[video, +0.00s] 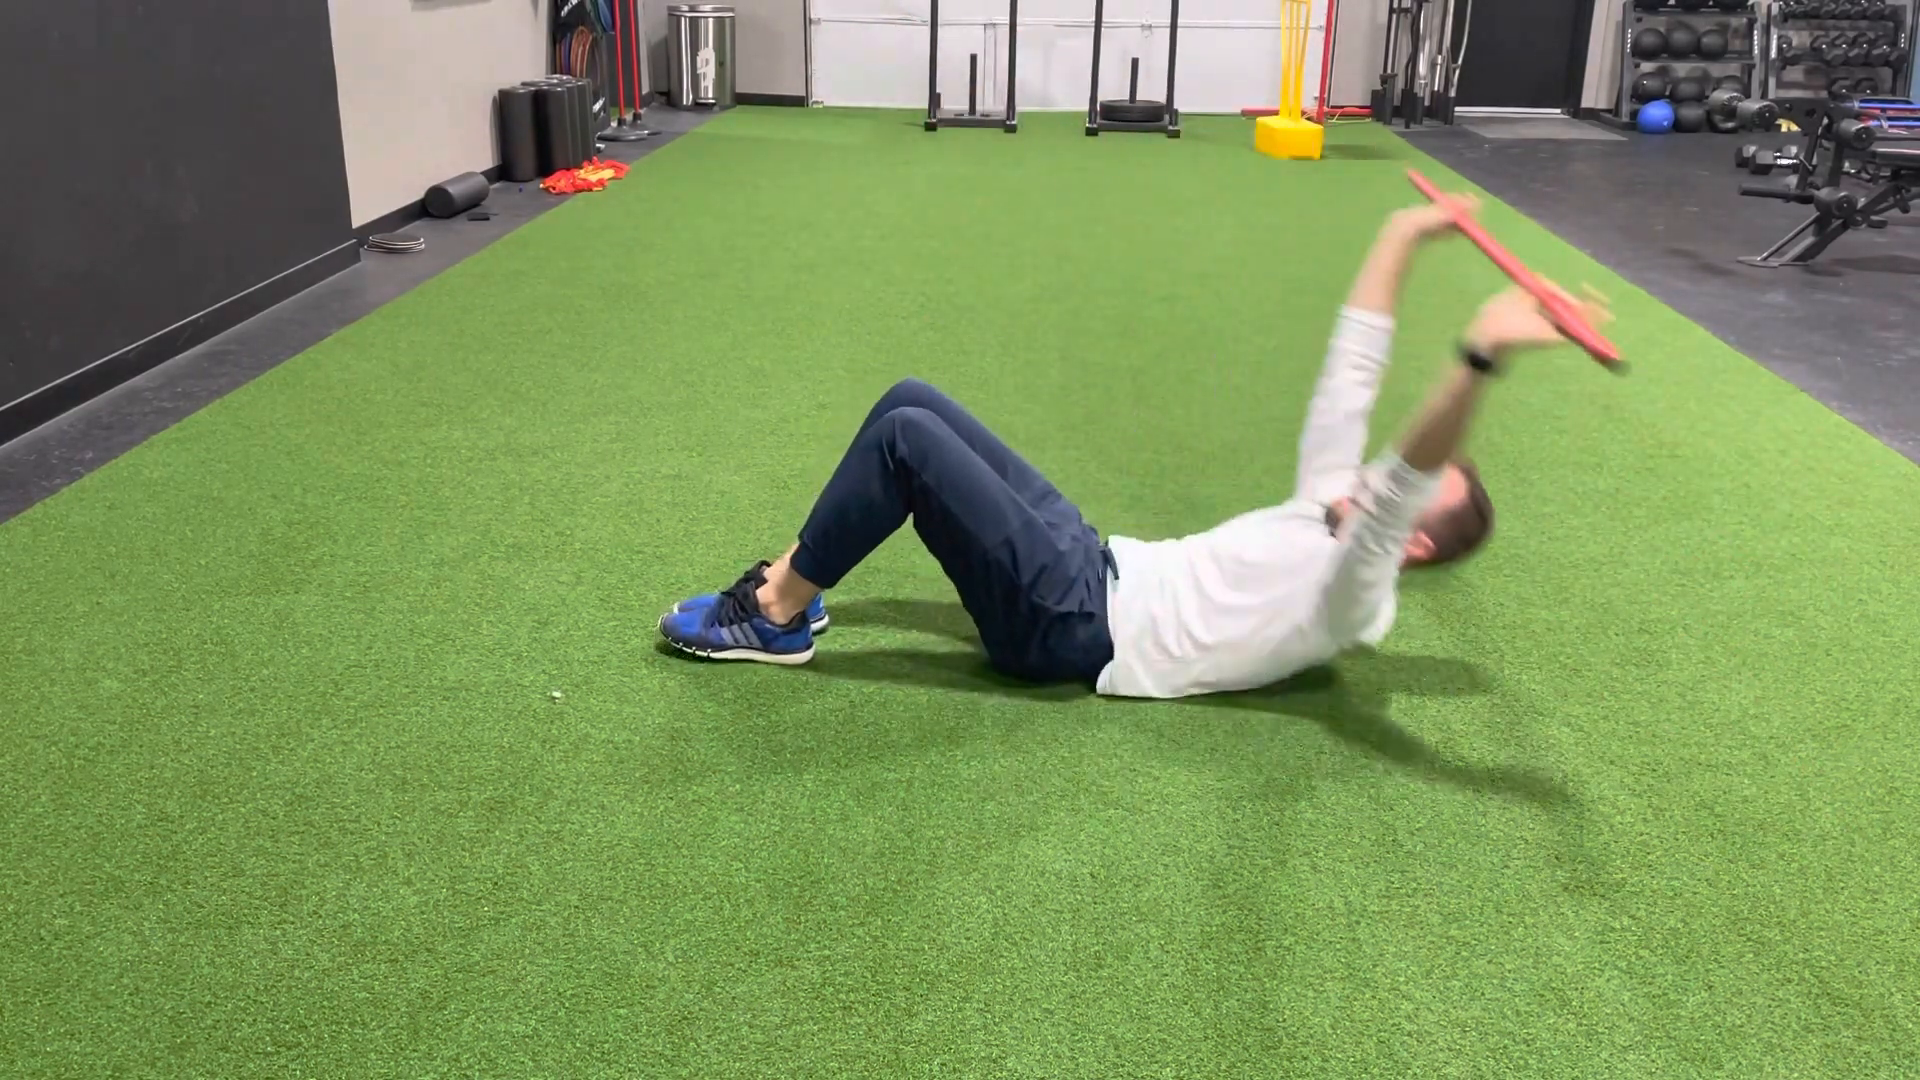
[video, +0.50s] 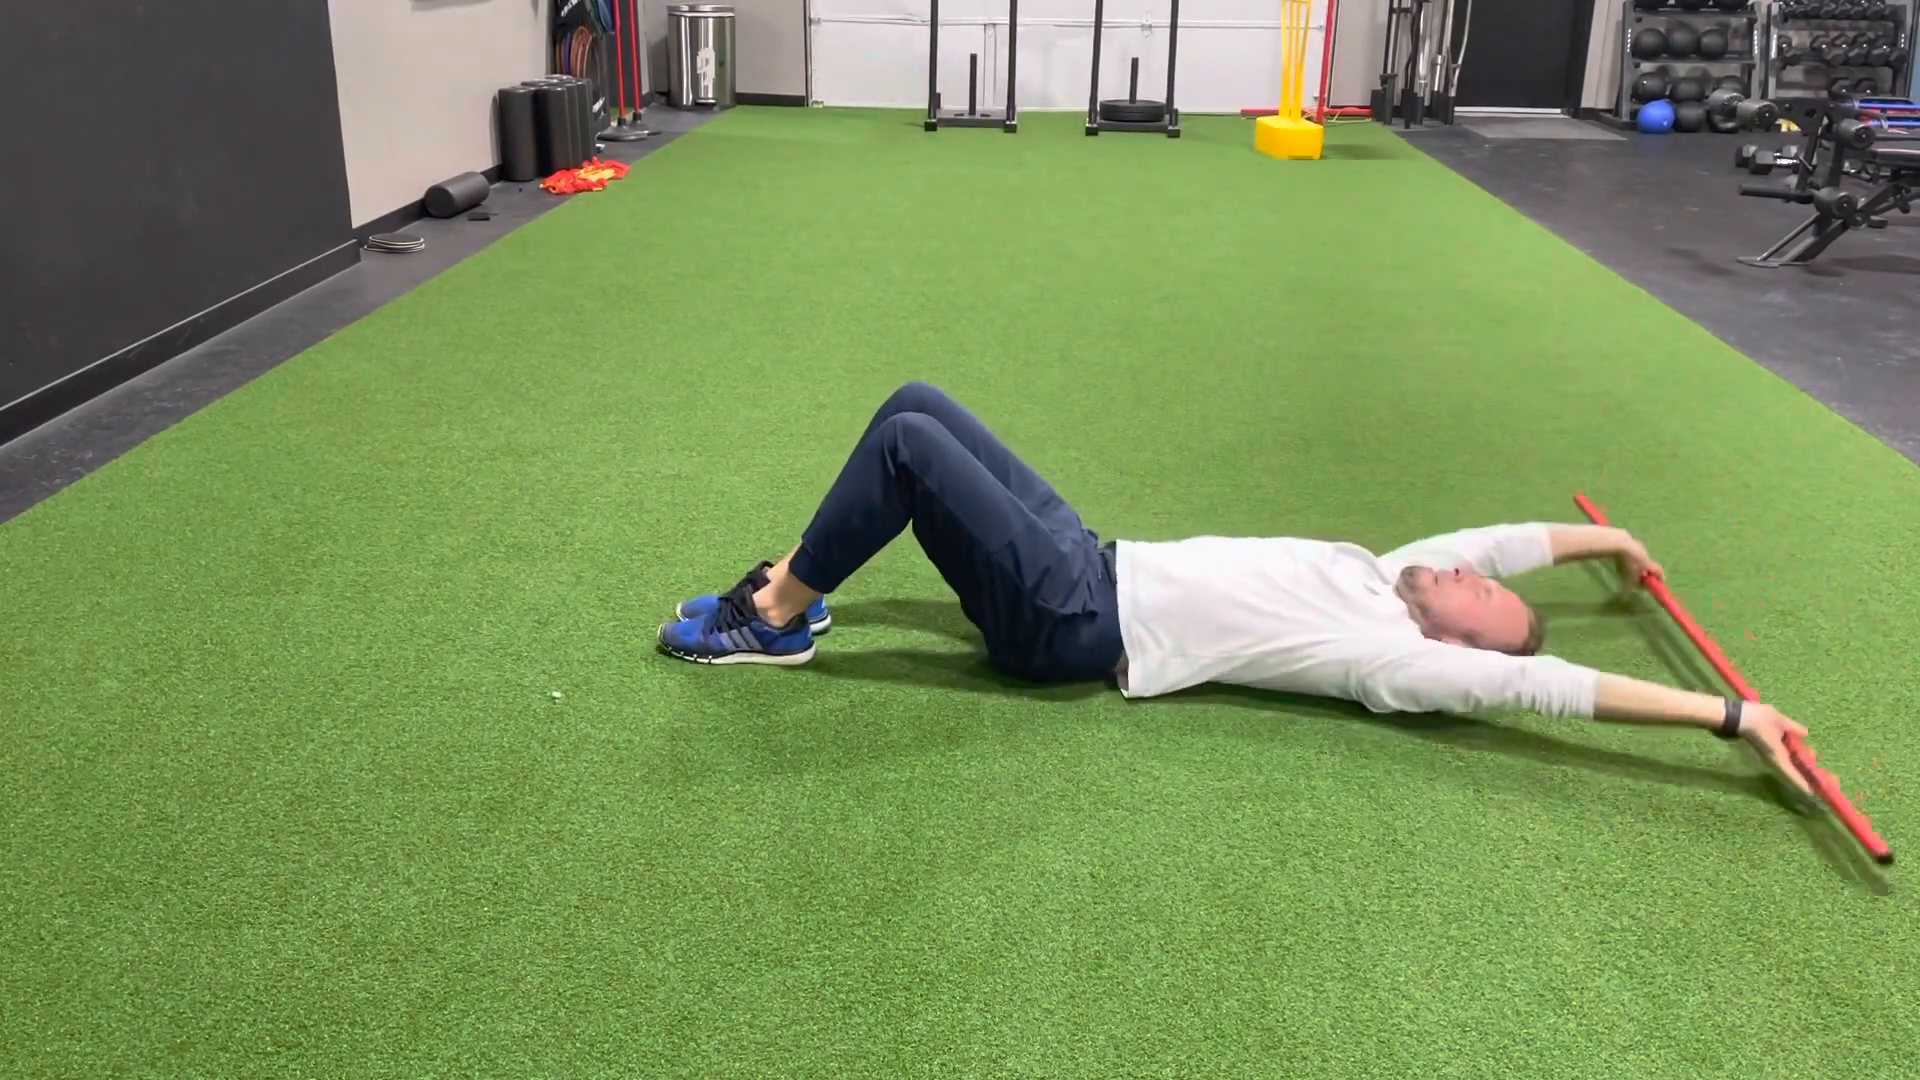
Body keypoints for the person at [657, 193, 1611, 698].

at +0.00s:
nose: (1413, 473)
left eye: (1434, 489)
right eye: (1424, 471)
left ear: (1432, 539)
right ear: (1395, 483)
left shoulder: (1353, 592)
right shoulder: (1325, 518)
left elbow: (1412, 469)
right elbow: (1353, 372)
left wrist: (1480, 354)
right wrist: (1400, 232)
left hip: (1084, 621)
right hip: (1092, 561)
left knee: (907, 435)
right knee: (909, 399)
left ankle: (776, 609)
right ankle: (789, 584)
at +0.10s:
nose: (1428, 522)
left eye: (1453, 537)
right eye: (1440, 514)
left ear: (1456, 580)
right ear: (1422, 517)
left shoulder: (1384, 616)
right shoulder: (1356, 541)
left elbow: (1508, 536)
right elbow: (1420, 419)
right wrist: (1512, 303)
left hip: (1087, 617)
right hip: (1104, 566)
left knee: (911, 423)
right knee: (919, 407)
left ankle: (787, 606)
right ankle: (798, 581)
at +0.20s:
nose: (1461, 541)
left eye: (1480, 559)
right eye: (1472, 537)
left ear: (1484, 603)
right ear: (1449, 546)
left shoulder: (1407, 635)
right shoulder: (1380, 554)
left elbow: (1562, 583)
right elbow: (1466, 463)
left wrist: (1717, 534)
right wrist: (1578, 395)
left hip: (1094, 621)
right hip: (1108, 571)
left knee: (915, 432)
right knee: (922, 409)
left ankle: (783, 607)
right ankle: (794, 587)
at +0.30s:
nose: (1477, 569)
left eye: (1496, 588)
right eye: (1490, 563)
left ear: (1483, 626)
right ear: (1465, 559)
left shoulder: (1405, 650)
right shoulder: (1386, 567)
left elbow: (1581, 623)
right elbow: (1492, 499)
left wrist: (1747, 608)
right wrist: (1602, 459)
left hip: (1091, 619)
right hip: (1104, 564)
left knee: (913, 432)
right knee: (919, 406)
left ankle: (785, 602)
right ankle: (799, 582)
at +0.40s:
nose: (1473, 564)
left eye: (1488, 584)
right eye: (1486, 565)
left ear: (1482, 629)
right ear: (1470, 577)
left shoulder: (1406, 656)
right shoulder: (1395, 578)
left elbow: (1571, 667)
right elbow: (1486, 526)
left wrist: (1737, 674)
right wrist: (1599, 505)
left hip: (1088, 619)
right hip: (1105, 567)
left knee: (909, 429)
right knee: (917, 404)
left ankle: (780, 609)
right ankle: (792, 585)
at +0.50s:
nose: (1464, 577)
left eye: (1478, 595)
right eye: (1477, 577)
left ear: (1474, 641)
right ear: (1458, 580)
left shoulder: (1400, 662)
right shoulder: (1386, 583)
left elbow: (1567, 694)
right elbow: (1486, 542)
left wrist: (1733, 710)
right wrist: (1590, 535)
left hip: (1083, 621)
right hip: (1100, 561)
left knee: (906, 431)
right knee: (914, 403)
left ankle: (785, 610)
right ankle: (797, 581)